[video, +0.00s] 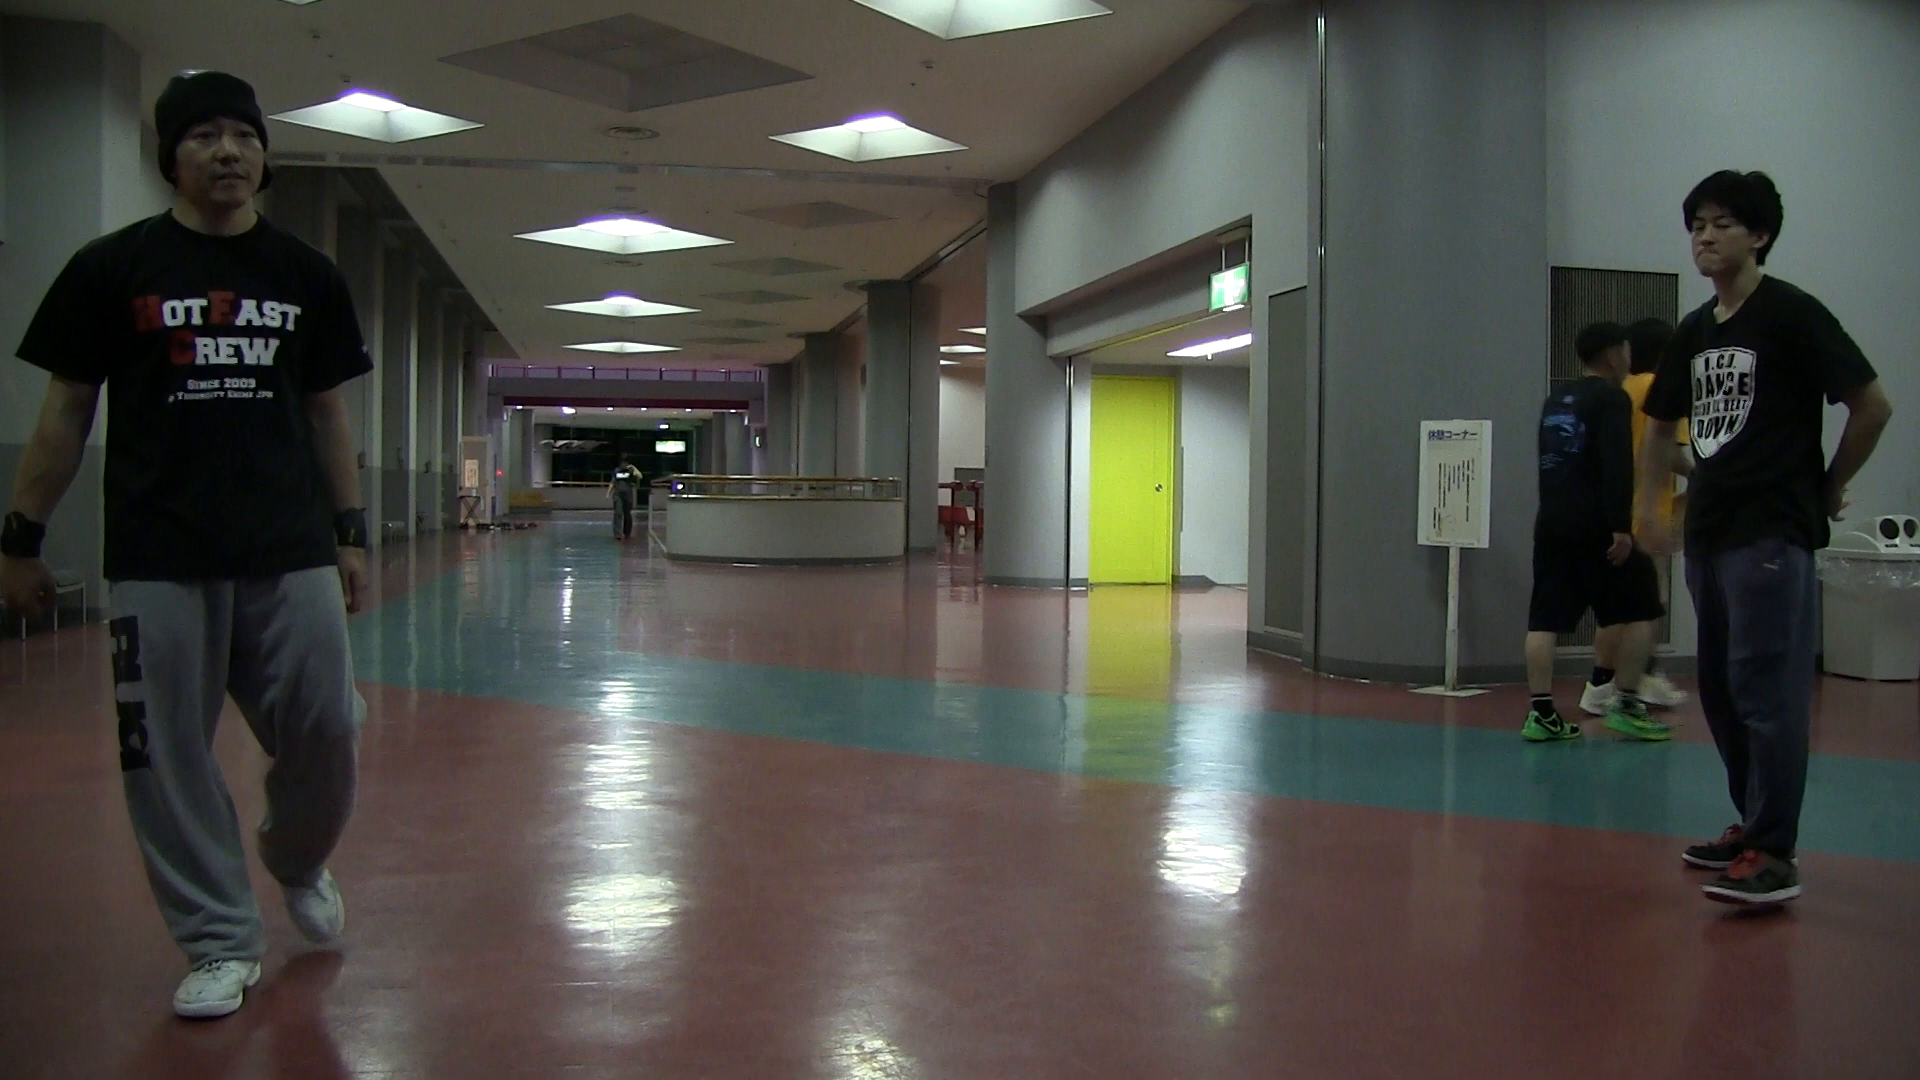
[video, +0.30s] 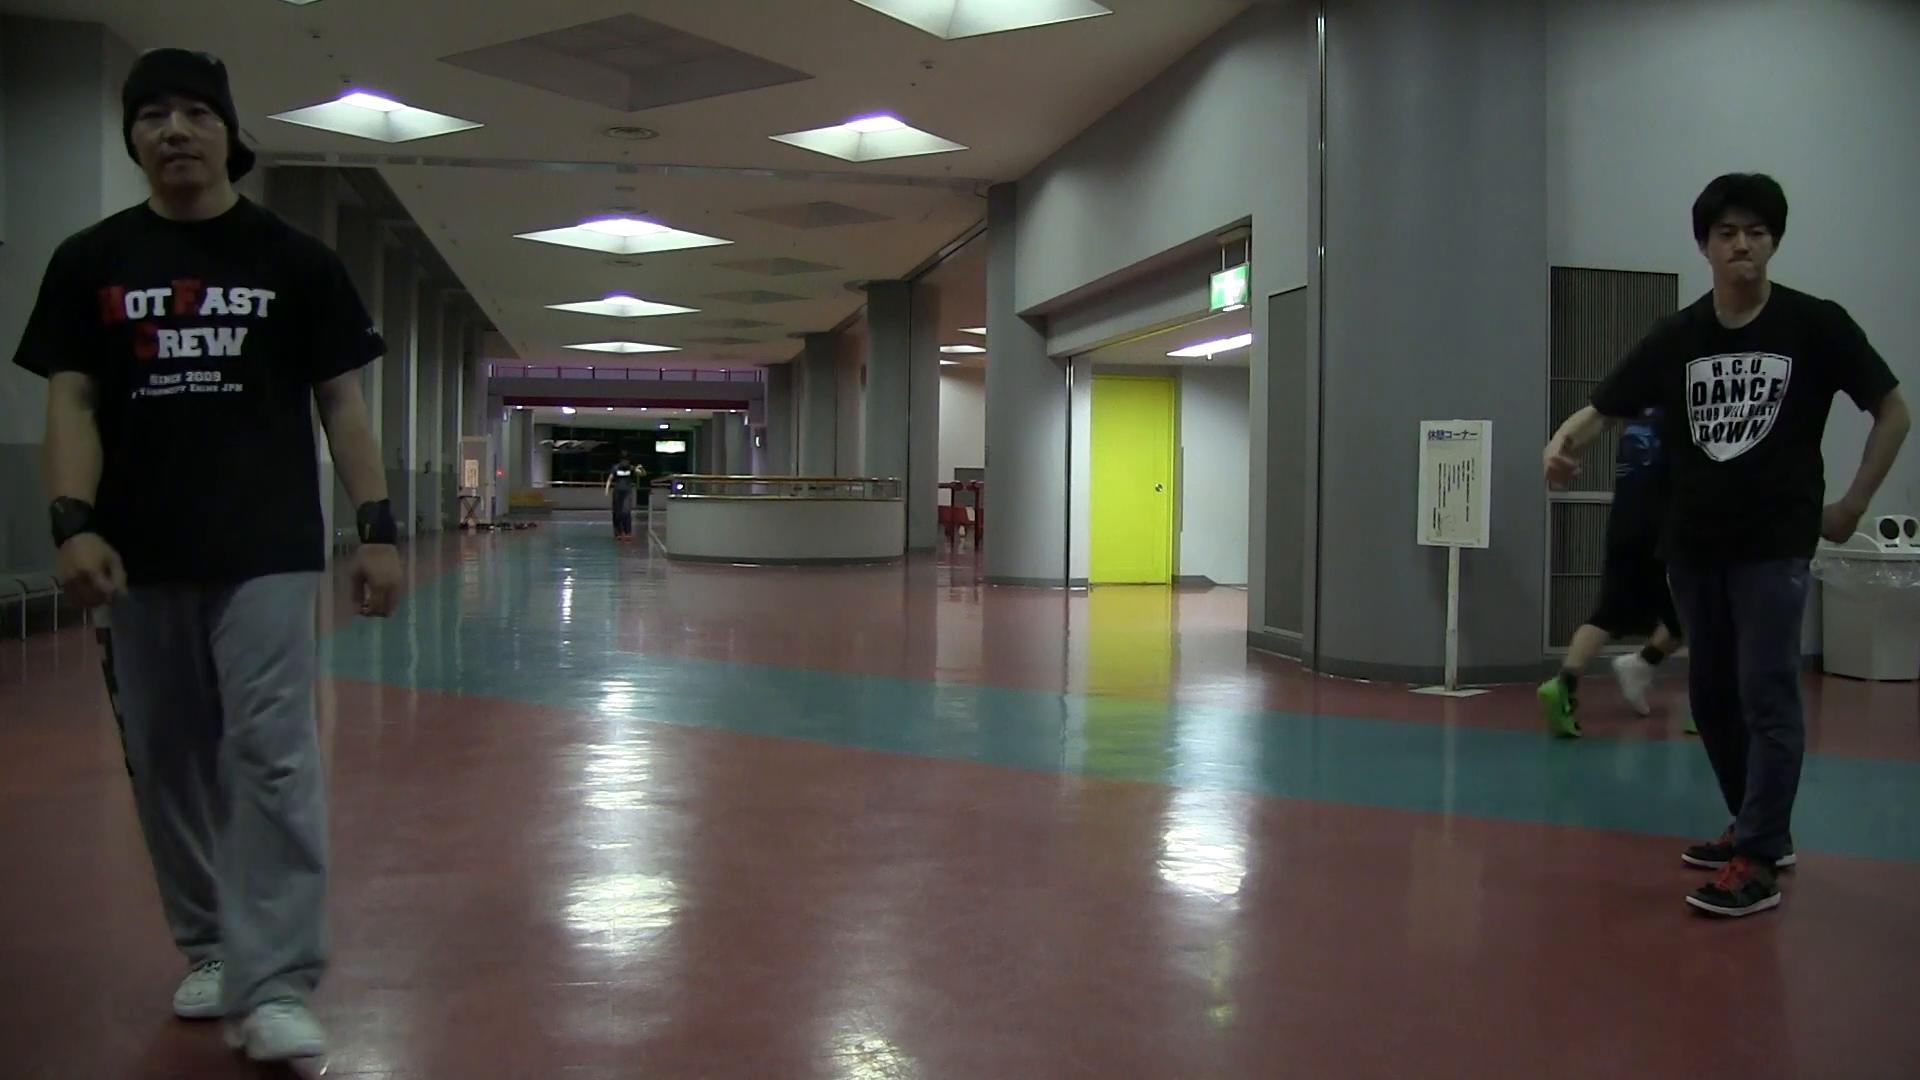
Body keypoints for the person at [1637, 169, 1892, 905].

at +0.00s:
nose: (1705, 236)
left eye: (1722, 223)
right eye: (1697, 225)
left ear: (1759, 235)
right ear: (1692, 239)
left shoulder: (1795, 313)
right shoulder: (1693, 331)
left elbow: (1873, 407)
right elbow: (1660, 430)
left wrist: (1835, 482)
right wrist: (1654, 501)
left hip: (1776, 528)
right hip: (1710, 529)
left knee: (1768, 690)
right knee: (1721, 686)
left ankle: (1774, 856)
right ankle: (1753, 825)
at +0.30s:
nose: (1742, 244)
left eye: (1756, 231)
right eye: (1728, 232)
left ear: (1776, 242)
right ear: (1704, 243)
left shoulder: (1818, 327)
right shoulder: (1677, 336)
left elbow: (1894, 412)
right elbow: (1602, 410)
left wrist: (1852, 504)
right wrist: (1562, 442)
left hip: (1775, 540)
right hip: (1693, 543)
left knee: (1766, 694)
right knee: (1713, 693)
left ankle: (1759, 863)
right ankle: (1754, 829)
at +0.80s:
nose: (1727, 260)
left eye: (1740, 246)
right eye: (1712, 249)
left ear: (1762, 253)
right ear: (1690, 260)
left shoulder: (1807, 337)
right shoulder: (1668, 353)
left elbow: (1866, 436)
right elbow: (1648, 450)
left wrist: (1787, 475)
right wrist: (1631, 508)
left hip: (1793, 552)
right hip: (1707, 555)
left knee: (1788, 703)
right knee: (1677, 702)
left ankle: (1765, 865)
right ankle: (1736, 811)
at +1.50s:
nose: (1679, 291)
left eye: (1691, 274)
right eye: (1667, 280)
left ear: (1728, 272)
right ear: (1658, 287)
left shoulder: (1790, 342)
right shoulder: (1663, 375)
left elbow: (1795, 457)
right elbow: (1679, 472)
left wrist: (1689, 465)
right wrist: (1649, 505)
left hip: (1784, 551)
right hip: (1705, 554)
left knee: (1752, 690)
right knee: (1704, 696)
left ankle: (1757, 862)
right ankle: (1742, 824)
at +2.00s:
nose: (1643, 282)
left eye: (1656, 267)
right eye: (1639, 269)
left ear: (1704, 269)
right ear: (1643, 277)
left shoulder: (1767, 339)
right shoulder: (1662, 369)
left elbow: (1771, 458)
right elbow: (1678, 478)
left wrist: (1690, 538)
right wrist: (1672, 548)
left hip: (1798, 544)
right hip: (1722, 548)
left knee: (1764, 691)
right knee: (1676, 694)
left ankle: (1757, 864)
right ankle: (1716, 812)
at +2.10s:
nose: (1633, 268)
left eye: (1643, 254)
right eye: (1634, 254)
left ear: (1686, 261)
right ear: (1677, 264)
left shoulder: (1757, 334)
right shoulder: (1671, 357)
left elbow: (1771, 457)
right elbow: (1689, 464)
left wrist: (1761, 565)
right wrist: (1669, 554)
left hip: (1782, 552)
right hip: (1712, 550)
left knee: (1762, 704)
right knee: (1674, 696)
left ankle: (1756, 863)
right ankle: (1737, 812)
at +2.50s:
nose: (1654, 251)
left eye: (1658, 238)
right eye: (1656, 237)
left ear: (1681, 245)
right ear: (1715, 247)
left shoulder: (1730, 320)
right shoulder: (1727, 316)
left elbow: (1749, 432)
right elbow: (1735, 434)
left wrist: (1766, 539)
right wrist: (1707, 533)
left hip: (1718, 542)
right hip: (1719, 538)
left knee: (1654, 671)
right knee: (1723, 680)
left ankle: (1702, 832)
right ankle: (1766, 832)